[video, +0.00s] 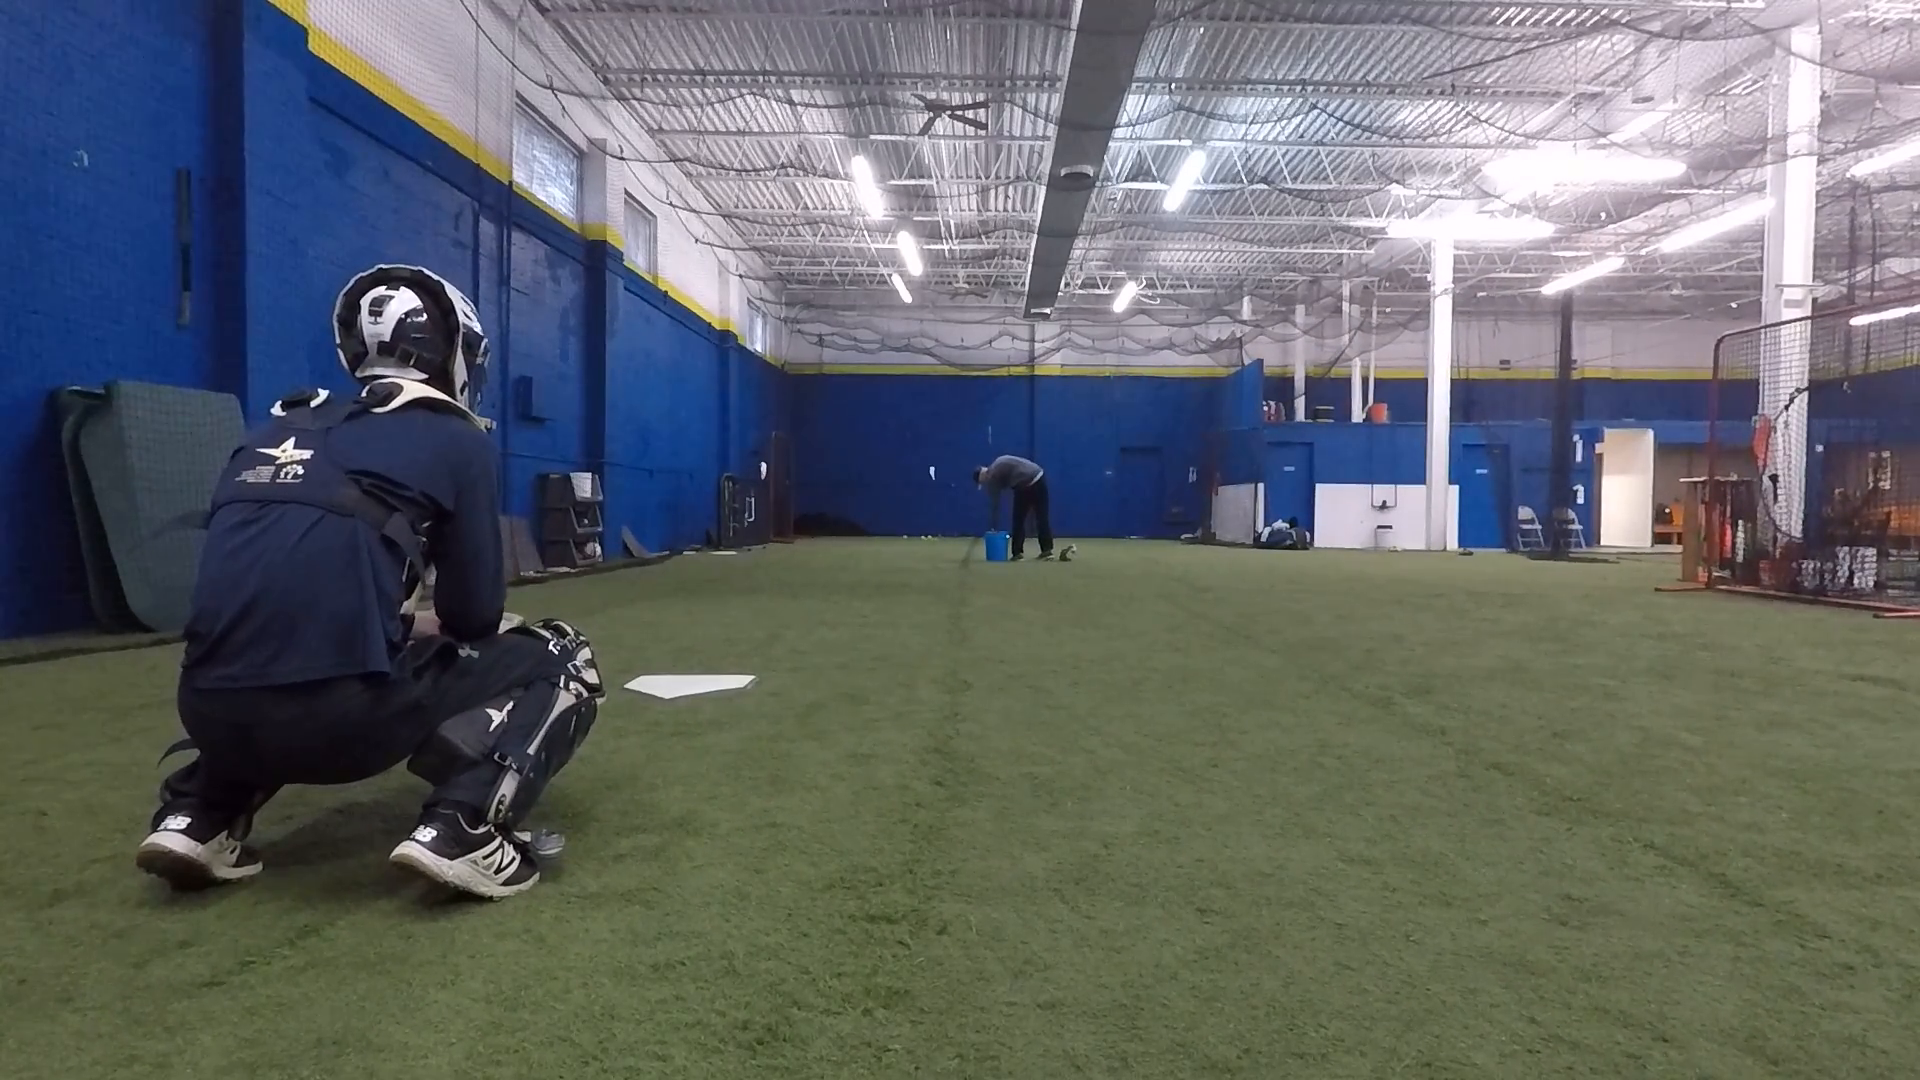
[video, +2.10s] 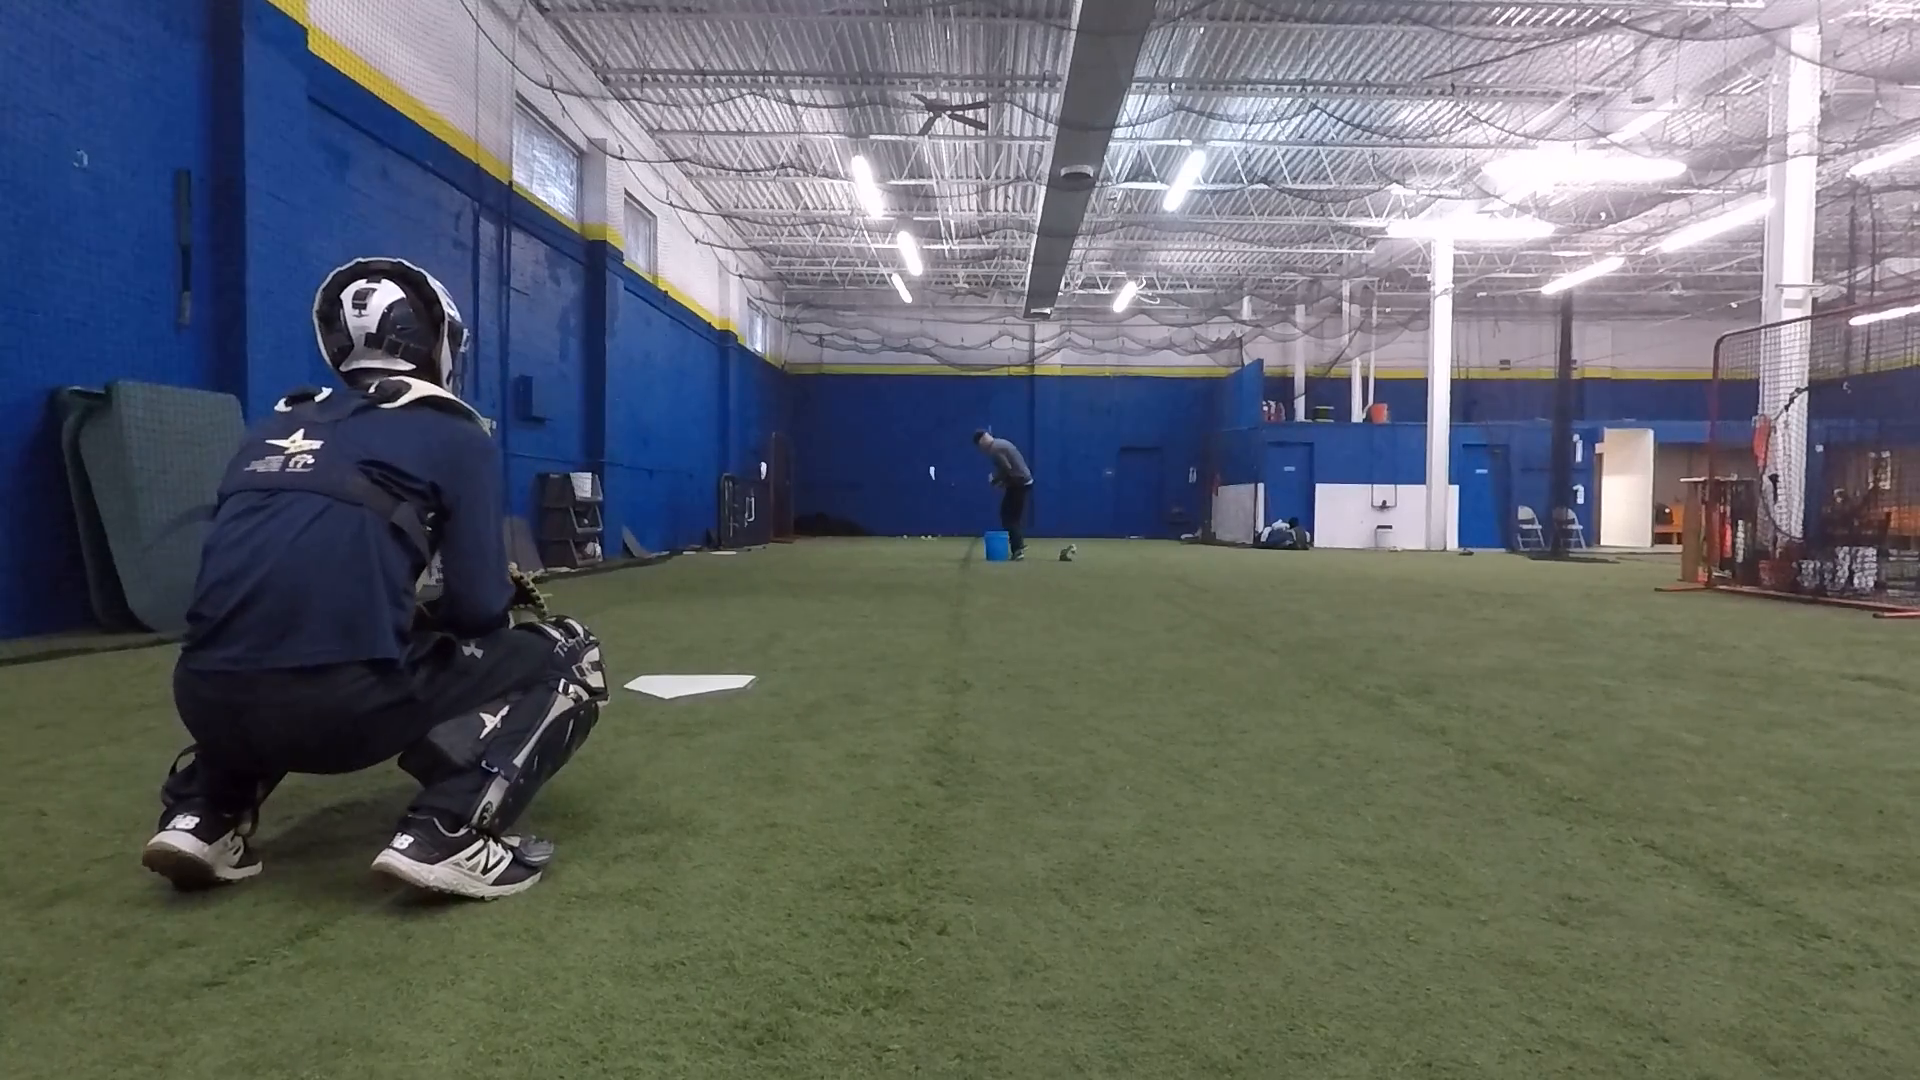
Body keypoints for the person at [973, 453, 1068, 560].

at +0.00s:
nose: (985, 482)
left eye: (982, 480)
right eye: (982, 482)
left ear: (984, 473)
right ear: (983, 477)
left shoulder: (999, 465)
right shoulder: (993, 481)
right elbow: (994, 504)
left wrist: (994, 527)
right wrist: (994, 527)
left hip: (1037, 481)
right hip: (1020, 488)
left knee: (1042, 518)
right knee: (1018, 520)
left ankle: (1047, 551)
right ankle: (1017, 553)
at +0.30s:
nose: (982, 480)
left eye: (980, 477)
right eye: (980, 478)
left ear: (981, 470)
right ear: (981, 469)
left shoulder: (993, 467)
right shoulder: (992, 473)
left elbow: (1001, 494)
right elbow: (1001, 495)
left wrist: (996, 516)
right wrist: (997, 517)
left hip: (1036, 481)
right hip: (1020, 486)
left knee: (1042, 517)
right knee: (1019, 520)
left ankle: (1048, 549)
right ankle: (1017, 552)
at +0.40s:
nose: (982, 476)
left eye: (980, 474)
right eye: (980, 475)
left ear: (980, 468)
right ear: (982, 464)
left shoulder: (990, 469)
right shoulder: (995, 461)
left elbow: (1004, 486)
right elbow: (1003, 487)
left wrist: (1002, 504)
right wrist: (1002, 504)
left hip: (1035, 480)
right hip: (1021, 485)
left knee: (1041, 516)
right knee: (1020, 519)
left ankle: (1048, 549)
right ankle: (1018, 552)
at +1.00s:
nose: (982, 480)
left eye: (980, 478)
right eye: (980, 479)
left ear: (980, 471)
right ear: (980, 473)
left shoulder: (995, 468)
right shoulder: (992, 474)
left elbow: (998, 500)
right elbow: (997, 499)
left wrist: (998, 524)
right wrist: (998, 524)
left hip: (1036, 480)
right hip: (1021, 485)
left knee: (1042, 516)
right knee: (1021, 519)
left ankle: (1048, 549)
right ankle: (1018, 552)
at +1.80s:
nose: (980, 474)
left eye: (978, 471)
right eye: (977, 473)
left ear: (979, 465)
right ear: (980, 462)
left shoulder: (992, 466)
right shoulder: (991, 465)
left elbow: (1001, 490)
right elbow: (999, 491)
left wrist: (998, 513)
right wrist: (997, 513)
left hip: (1033, 481)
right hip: (1019, 484)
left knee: (1035, 517)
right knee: (1018, 519)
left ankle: (1048, 547)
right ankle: (1017, 551)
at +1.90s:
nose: (979, 463)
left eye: (977, 460)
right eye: (977, 462)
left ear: (980, 455)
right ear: (982, 452)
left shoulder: (992, 460)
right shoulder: (995, 452)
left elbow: (1003, 482)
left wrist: (997, 499)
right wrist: (997, 497)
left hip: (1027, 482)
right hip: (1018, 483)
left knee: (1023, 518)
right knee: (1016, 518)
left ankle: (1043, 545)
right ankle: (1017, 551)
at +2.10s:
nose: (981, 448)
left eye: (980, 445)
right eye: (979, 445)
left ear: (983, 441)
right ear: (988, 436)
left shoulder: (995, 449)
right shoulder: (1002, 443)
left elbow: (1006, 468)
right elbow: (1010, 466)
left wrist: (996, 478)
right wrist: (1001, 479)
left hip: (1017, 483)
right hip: (1024, 480)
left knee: (1008, 515)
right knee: (1012, 514)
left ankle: (1017, 549)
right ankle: (1019, 543)